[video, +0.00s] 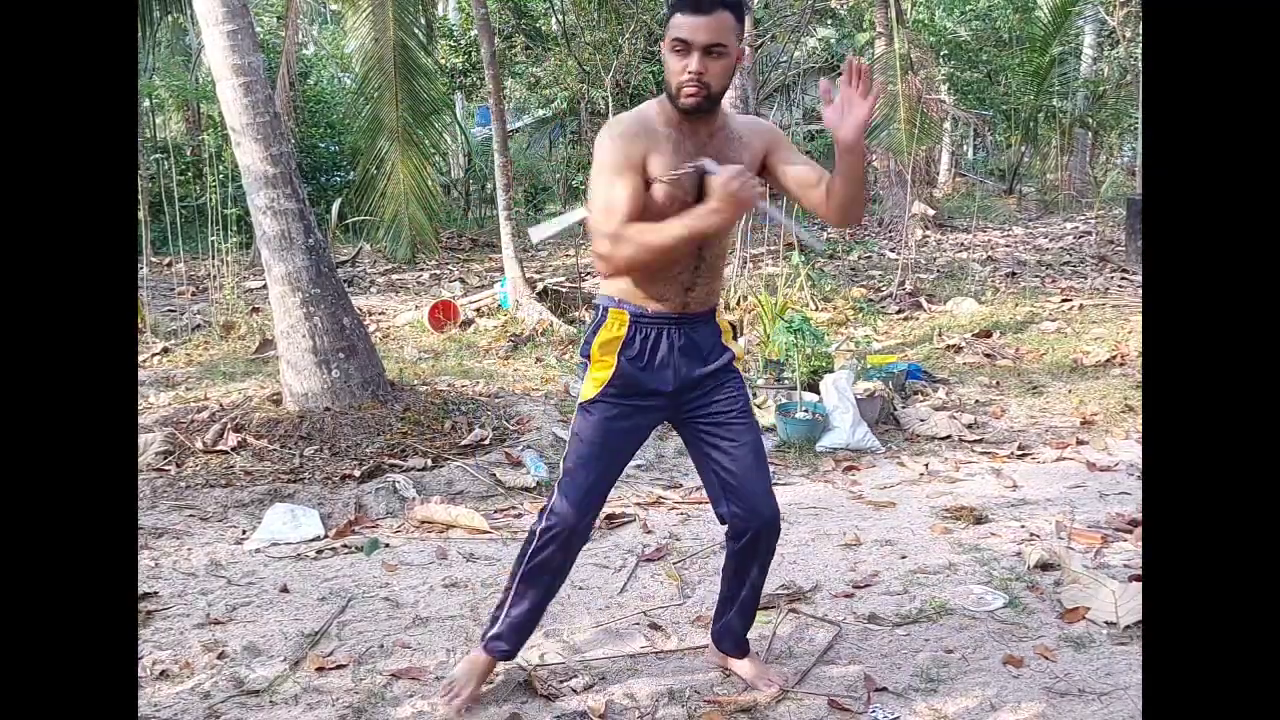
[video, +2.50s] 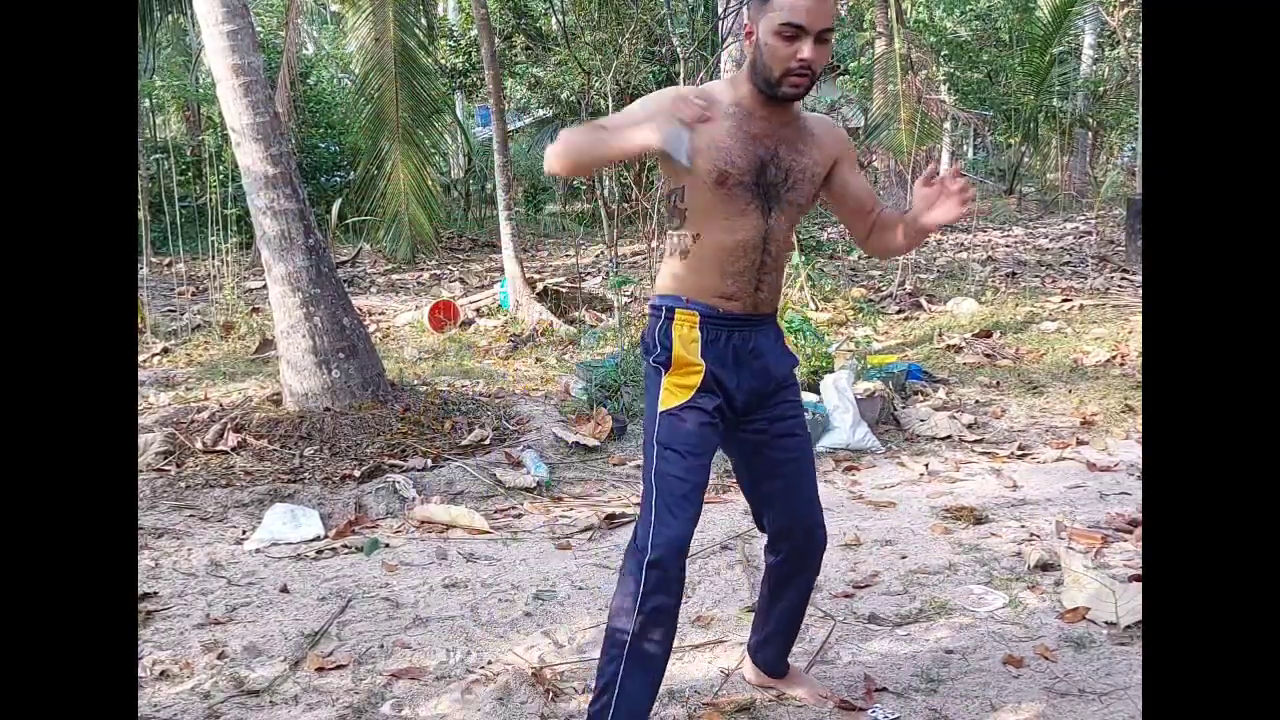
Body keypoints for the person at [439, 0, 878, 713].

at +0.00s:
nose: (694, 69)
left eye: (714, 53)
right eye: (681, 49)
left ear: (740, 55)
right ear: (662, 50)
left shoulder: (758, 137)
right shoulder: (625, 135)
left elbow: (842, 212)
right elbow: (611, 253)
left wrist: (849, 145)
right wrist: (712, 218)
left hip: (706, 347)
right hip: (625, 345)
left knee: (757, 516)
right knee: (568, 513)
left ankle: (730, 640)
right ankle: (490, 654)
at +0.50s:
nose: (451, 57)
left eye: (469, 42)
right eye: (446, 41)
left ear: (514, 49)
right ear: (446, 47)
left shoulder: (554, 135)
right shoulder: (473, 116)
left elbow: (649, 223)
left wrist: (674, 296)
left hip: (524, 342)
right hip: (454, 329)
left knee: (520, 499)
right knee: (430, 500)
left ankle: (530, 590)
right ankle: (453, 669)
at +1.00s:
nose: (411, 103)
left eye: (425, 84)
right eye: (398, 93)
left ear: (460, 82)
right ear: (393, 102)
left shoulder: (476, 155)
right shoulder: (445, 150)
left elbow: (431, 290)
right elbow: (375, 133)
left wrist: (430, 252)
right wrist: (301, 83)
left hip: (571, 354)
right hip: (510, 358)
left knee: (668, 522)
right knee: (432, 502)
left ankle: (804, 618)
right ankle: (459, 669)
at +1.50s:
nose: (647, 67)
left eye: (648, 52)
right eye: (627, 54)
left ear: (641, 60)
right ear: (579, 67)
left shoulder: (596, 148)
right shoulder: (593, 163)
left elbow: (626, 248)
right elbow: (631, 300)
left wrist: (665, 210)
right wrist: (674, 308)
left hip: (639, 355)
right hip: (594, 363)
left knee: (739, 504)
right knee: (568, 534)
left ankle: (766, 661)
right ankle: (479, 685)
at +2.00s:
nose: (798, 66)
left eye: (806, 49)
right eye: (781, 48)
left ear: (810, 48)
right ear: (732, 45)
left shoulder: (815, 135)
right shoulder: (672, 123)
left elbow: (837, 255)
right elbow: (587, 226)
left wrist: (730, 278)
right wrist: (646, 163)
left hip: (776, 344)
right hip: (692, 343)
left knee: (800, 518)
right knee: (658, 516)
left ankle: (769, 665)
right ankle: (596, 678)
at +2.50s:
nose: (809, 56)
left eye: (824, 38)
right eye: (791, 34)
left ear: (835, 41)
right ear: (747, 29)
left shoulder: (826, 140)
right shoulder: (689, 108)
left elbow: (877, 233)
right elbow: (560, 155)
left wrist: (916, 222)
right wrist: (643, 134)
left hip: (763, 345)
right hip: (686, 339)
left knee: (801, 533)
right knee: (663, 541)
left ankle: (768, 662)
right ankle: (614, 711)